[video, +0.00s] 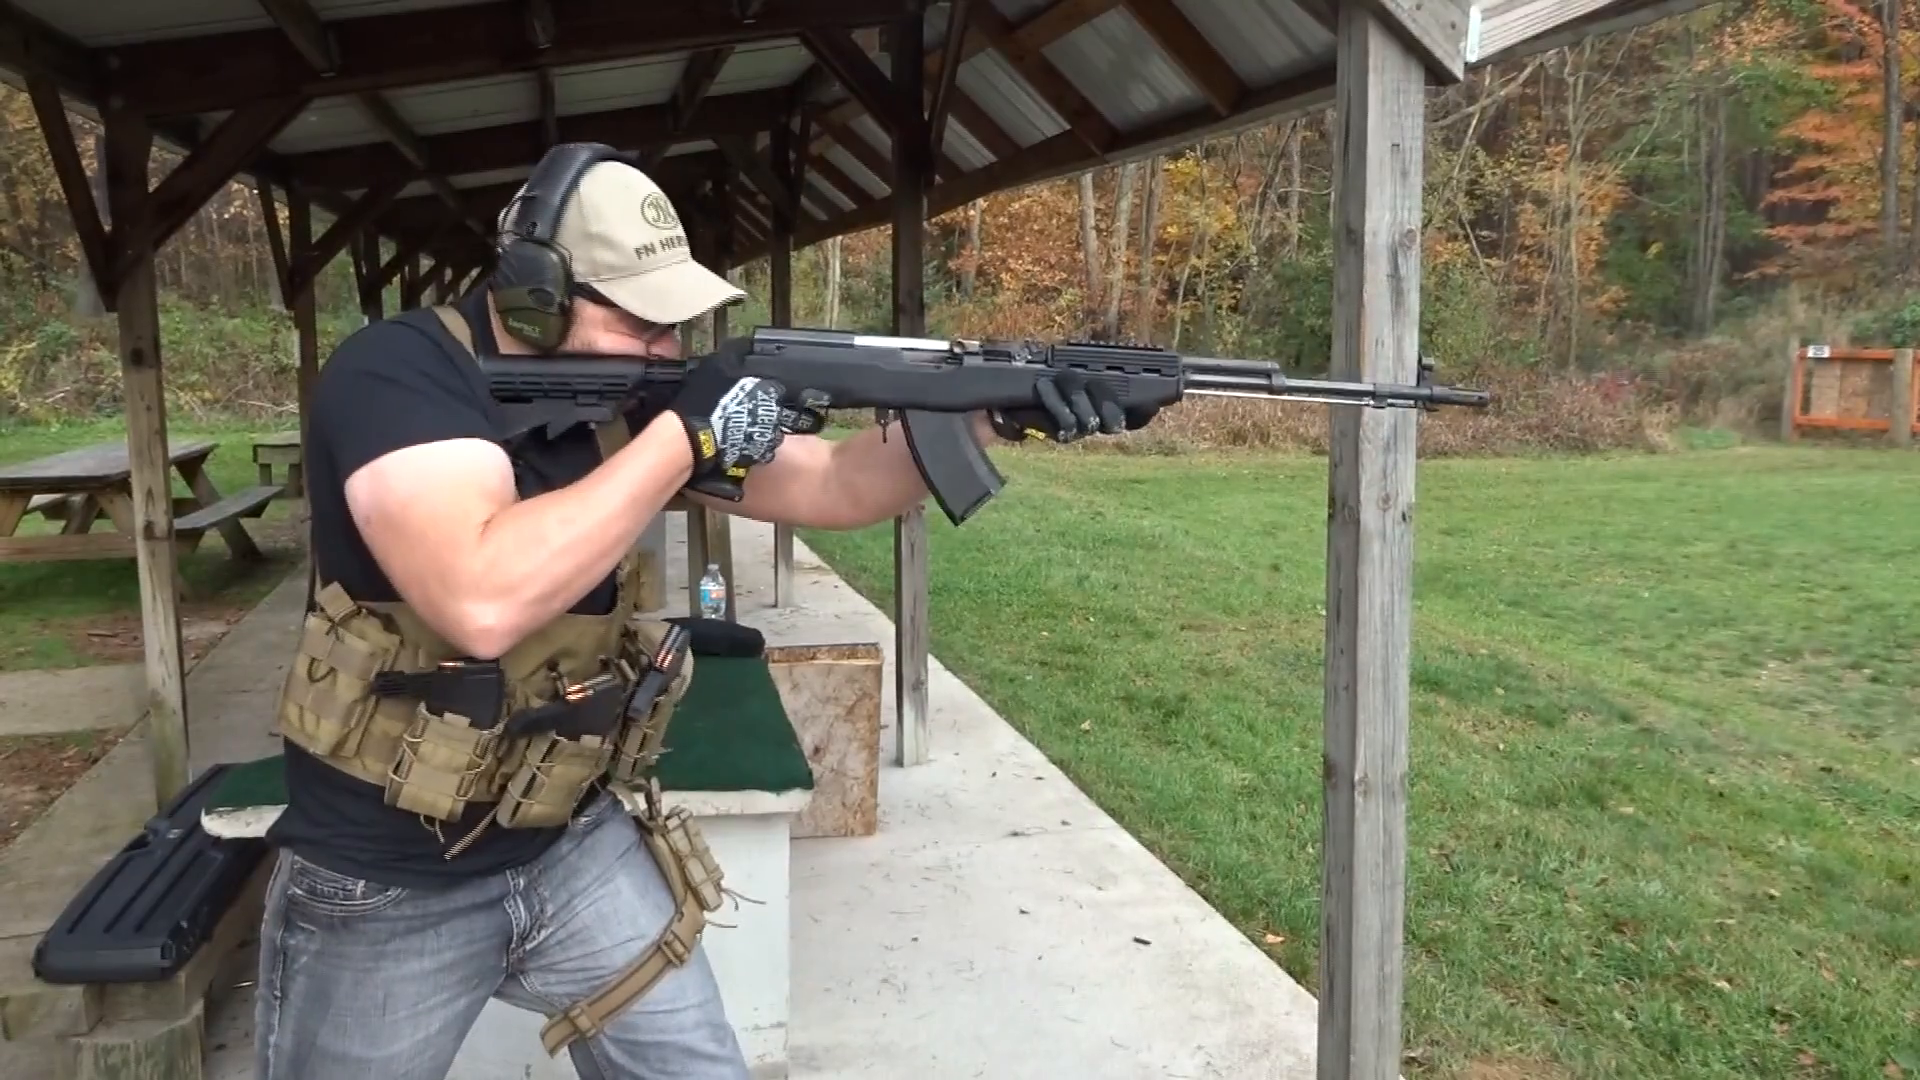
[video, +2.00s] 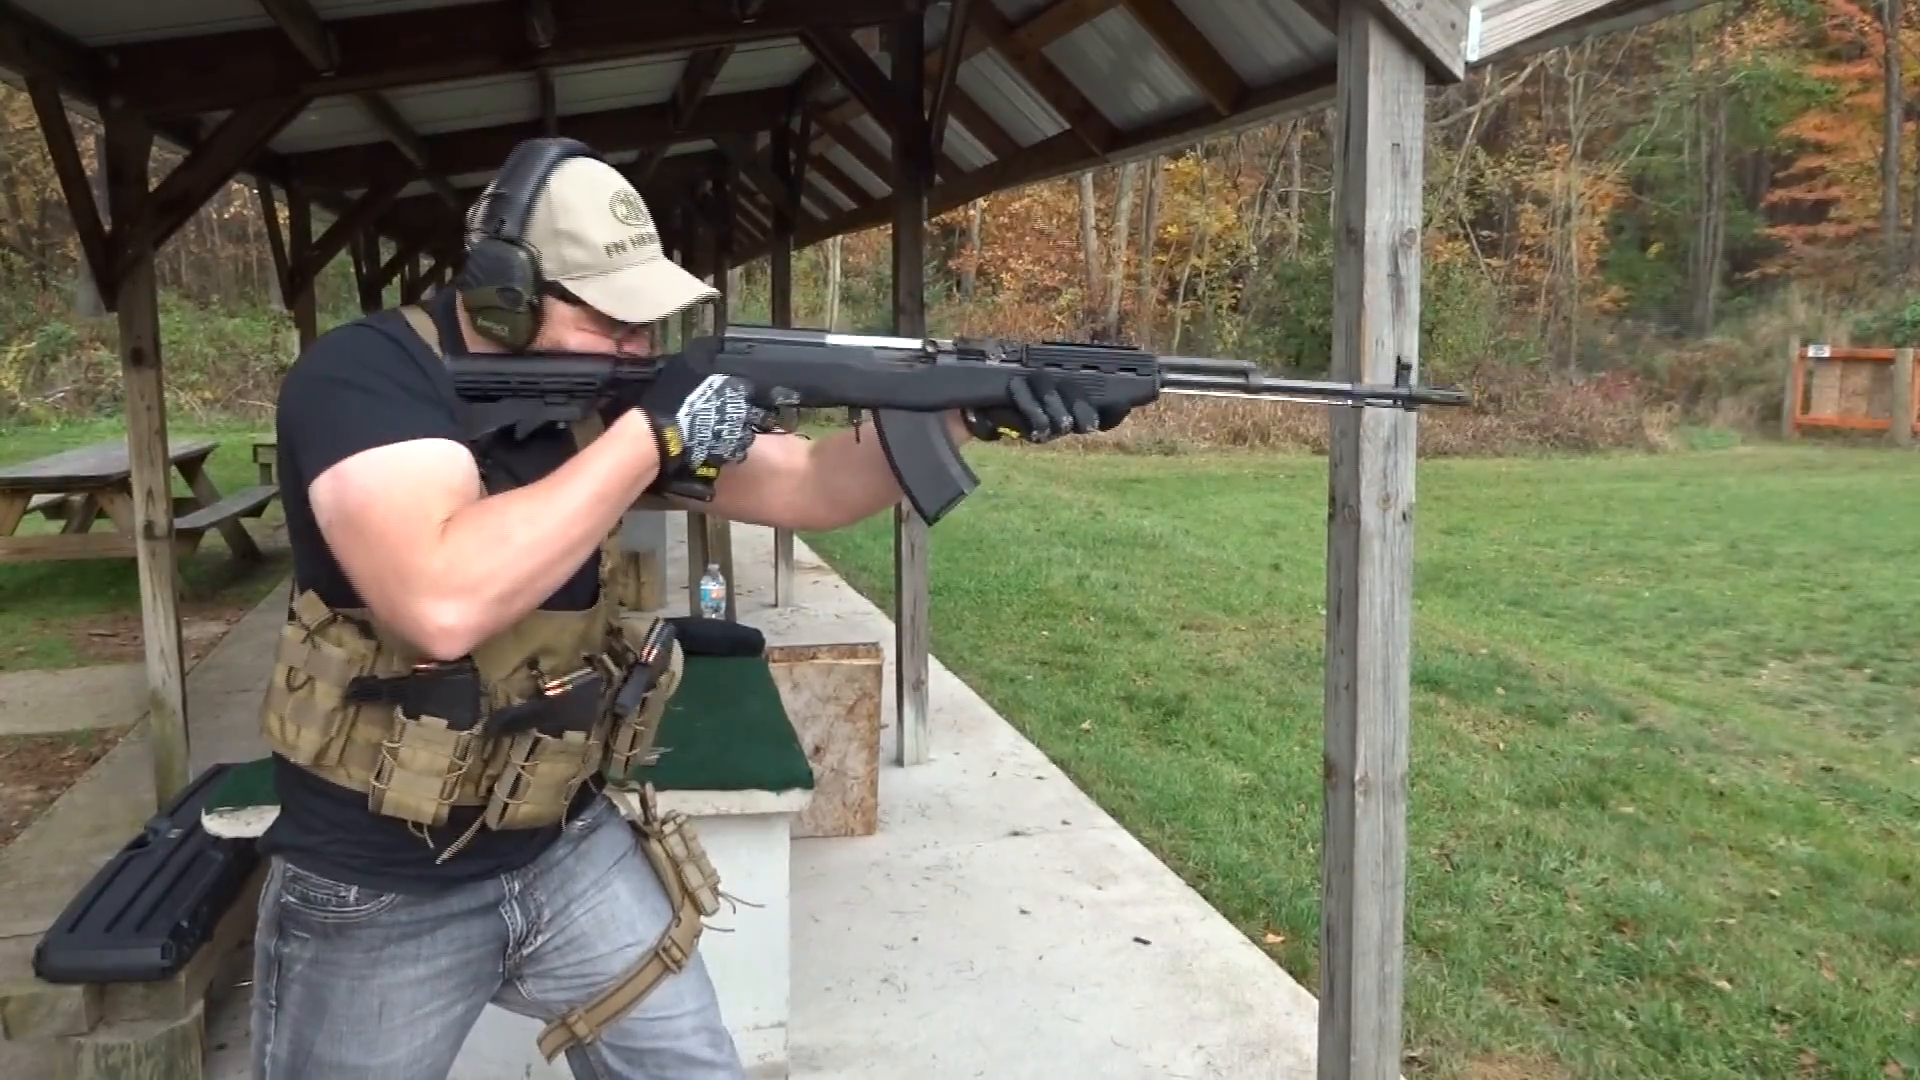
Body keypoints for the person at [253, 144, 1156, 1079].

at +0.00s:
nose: (659, 348)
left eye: (667, 325)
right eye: (632, 325)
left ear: (665, 298)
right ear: (535, 298)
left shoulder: (627, 392)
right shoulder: (388, 378)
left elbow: (833, 480)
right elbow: (481, 600)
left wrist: (1014, 402)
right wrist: (684, 432)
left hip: (579, 845)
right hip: (385, 890)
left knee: (701, 1061)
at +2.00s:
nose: (628, 352)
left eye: (638, 326)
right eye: (599, 326)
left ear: (646, 299)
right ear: (499, 297)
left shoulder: (604, 407)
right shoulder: (358, 379)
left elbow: (810, 482)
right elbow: (443, 601)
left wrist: (988, 400)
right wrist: (654, 432)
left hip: (573, 849)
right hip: (378, 894)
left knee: (695, 1066)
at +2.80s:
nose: (752, 278)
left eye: (756, 249)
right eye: (723, 250)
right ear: (623, 240)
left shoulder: (741, 385)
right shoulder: (497, 375)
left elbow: (897, 525)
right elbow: (528, 622)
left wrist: (985, 458)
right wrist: (769, 500)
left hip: (693, 827)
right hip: (493, 860)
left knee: (787, 1066)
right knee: (428, 1066)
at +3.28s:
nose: (622, 283)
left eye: (639, 243)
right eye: (579, 255)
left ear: (672, 236)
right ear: (503, 260)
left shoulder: (729, 357)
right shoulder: (430, 421)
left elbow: (915, 510)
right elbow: (450, 745)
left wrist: (969, 470)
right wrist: (699, 571)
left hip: (721, 847)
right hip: (514, 885)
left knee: (785, 1062)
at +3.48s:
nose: (502, 318)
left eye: (520, 271)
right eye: (457, 288)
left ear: (563, 247)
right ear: (377, 285)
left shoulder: (644, 361)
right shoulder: (311, 465)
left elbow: (842, 496)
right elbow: (356, 811)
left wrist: (911, 490)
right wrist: (610, 619)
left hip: (648, 874)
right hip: (431, 937)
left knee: (722, 1060)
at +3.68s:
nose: (446, 330)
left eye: (468, 282)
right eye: (395, 304)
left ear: (502, 230)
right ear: (297, 281)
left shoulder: (587, 356)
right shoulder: (219, 468)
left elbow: (775, 492)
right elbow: (230, 827)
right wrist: (464, 657)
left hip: (616, 893)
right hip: (384, 956)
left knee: (676, 1064)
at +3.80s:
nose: (448, 344)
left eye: (471, 299)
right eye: (400, 315)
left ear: (509, 243)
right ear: (302, 277)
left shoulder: (599, 390)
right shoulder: (203, 463)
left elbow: (767, 580)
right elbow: (177, 828)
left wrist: (802, 658)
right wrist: (396, 689)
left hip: (600, 913)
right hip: (364, 964)